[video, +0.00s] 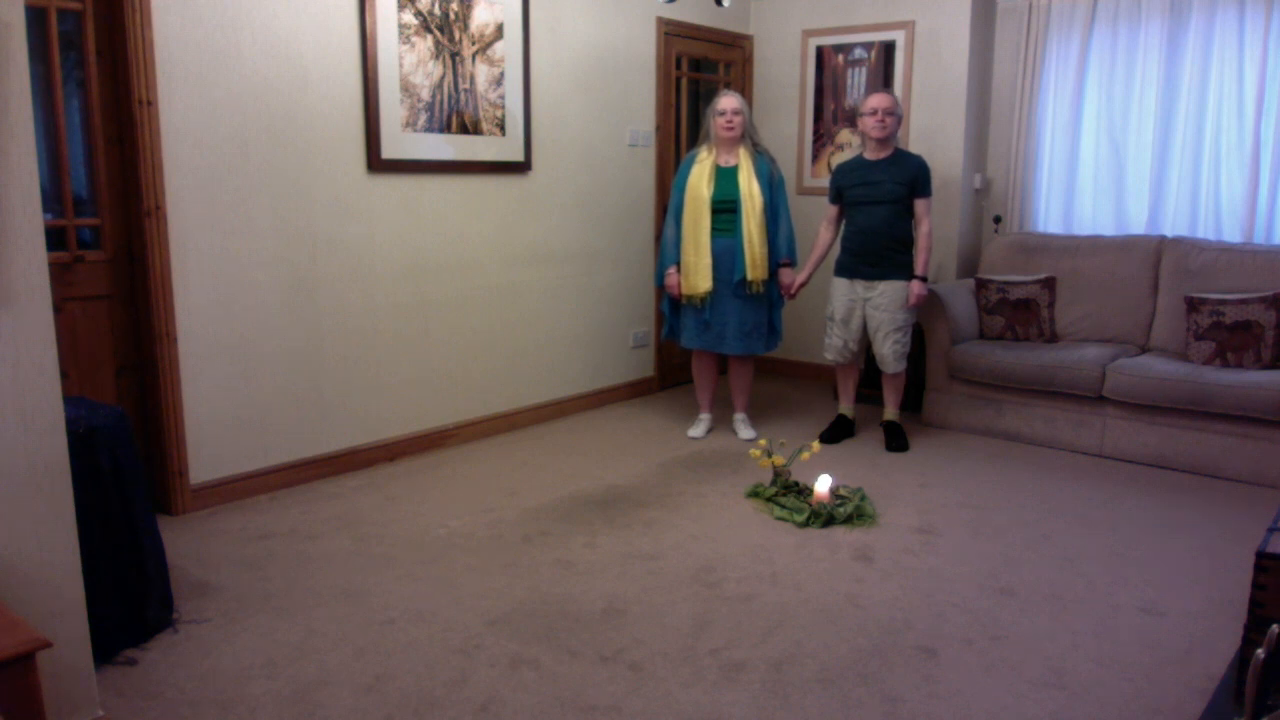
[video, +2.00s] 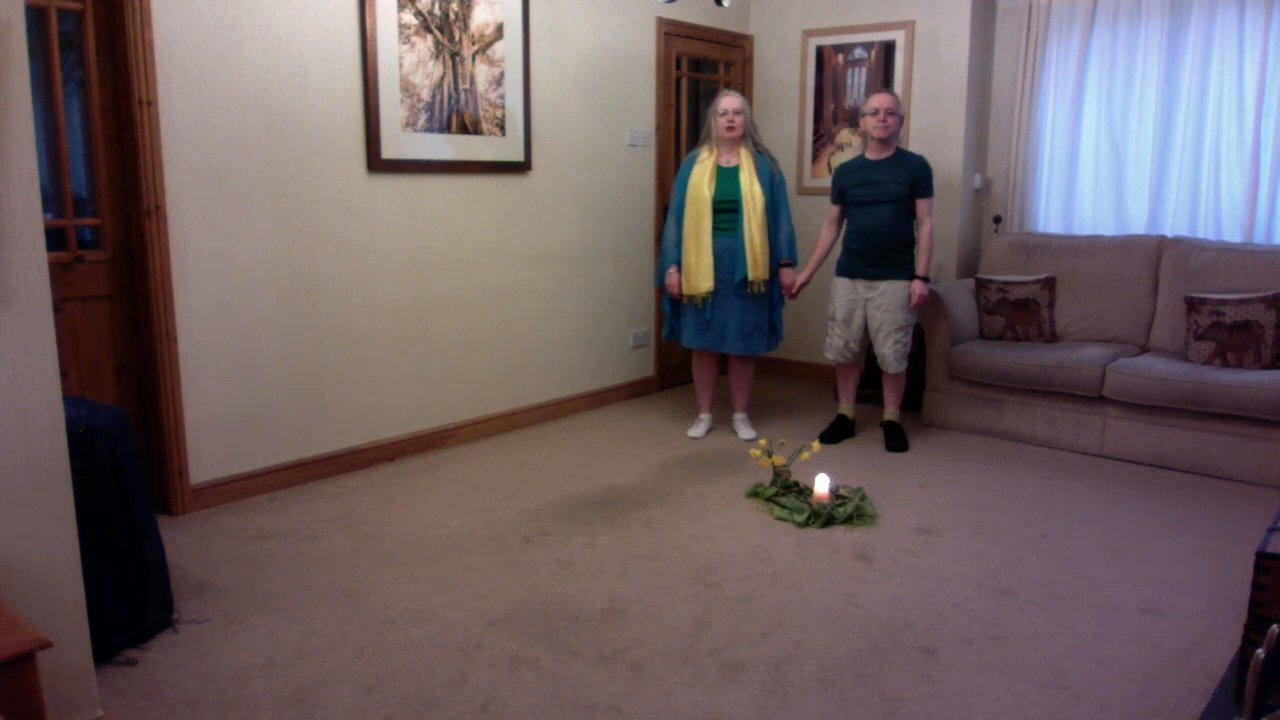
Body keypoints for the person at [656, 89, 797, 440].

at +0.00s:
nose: (729, 119)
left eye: (736, 113)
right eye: (722, 114)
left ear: (746, 119)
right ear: (711, 120)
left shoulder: (762, 164)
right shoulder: (692, 163)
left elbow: (779, 216)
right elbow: (674, 218)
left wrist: (785, 264)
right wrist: (671, 266)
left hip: (749, 268)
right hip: (700, 269)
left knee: (742, 344)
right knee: (702, 343)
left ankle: (741, 415)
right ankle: (704, 413)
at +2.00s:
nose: (730, 119)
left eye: (737, 113)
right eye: (723, 113)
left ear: (747, 119)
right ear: (713, 120)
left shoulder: (764, 164)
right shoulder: (694, 163)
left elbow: (780, 216)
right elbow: (675, 218)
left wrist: (785, 264)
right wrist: (671, 266)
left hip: (750, 269)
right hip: (702, 269)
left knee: (743, 345)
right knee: (703, 343)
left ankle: (741, 414)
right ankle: (705, 413)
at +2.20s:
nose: (730, 119)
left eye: (737, 113)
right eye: (723, 113)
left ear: (747, 119)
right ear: (712, 120)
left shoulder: (764, 164)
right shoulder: (694, 164)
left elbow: (780, 216)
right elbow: (675, 218)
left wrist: (785, 264)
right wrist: (671, 266)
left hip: (750, 269)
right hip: (702, 269)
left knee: (743, 345)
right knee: (703, 343)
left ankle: (741, 414)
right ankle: (705, 413)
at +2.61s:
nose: (730, 119)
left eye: (737, 113)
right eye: (723, 113)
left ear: (748, 119)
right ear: (713, 120)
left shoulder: (764, 164)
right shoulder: (694, 164)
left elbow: (781, 216)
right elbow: (675, 218)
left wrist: (786, 264)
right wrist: (672, 265)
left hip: (750, 269)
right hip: (702, 269)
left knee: (743, 345)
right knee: (703, 343)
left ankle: (741, 414)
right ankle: (705, 413)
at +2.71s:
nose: (730, 119)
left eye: (737, 113)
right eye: (723, 113)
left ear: (748, 119)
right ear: (713, 120)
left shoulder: (764, 164)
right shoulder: (694, 164)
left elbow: (781, 216)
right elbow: (676, 218)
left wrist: (786, 264)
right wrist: (672, 265)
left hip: (750, 269)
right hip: (702, 269)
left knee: (743, 345)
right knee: (703, 343)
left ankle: (741, 414)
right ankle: (705, 413)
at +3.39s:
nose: (731, 119)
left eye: (738, 113)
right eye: (724, 114)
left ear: (749, 119)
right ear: (714, 120)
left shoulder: (765, 164)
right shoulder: (695, 163)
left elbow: (782, 216)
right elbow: (677, 218)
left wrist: (787, 264)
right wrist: (672, 266)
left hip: (751, 269)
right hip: (702, 269)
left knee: (744, 345)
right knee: (703, 343)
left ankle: (741, 414)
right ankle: (704, 413)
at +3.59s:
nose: (732, 119)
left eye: (739, 114)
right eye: (725, 114)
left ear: (749, 119)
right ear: (714, 120)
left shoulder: (765, 164)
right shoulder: (695, 164)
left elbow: (782, 216)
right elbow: (677, 218)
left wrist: (788, 264)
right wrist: (673, 266)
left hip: (751, 268)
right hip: (703, 269)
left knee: (744, 344)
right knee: (704, 343)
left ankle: (740, 414)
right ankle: (704, 413)